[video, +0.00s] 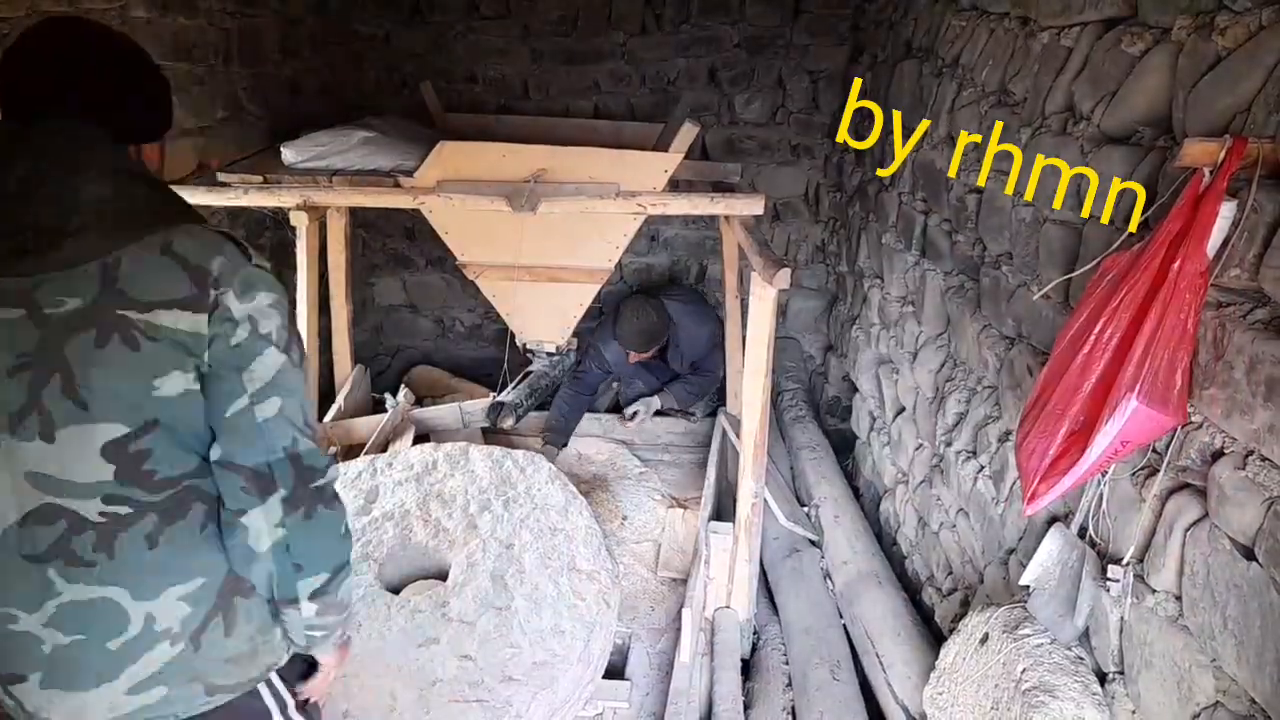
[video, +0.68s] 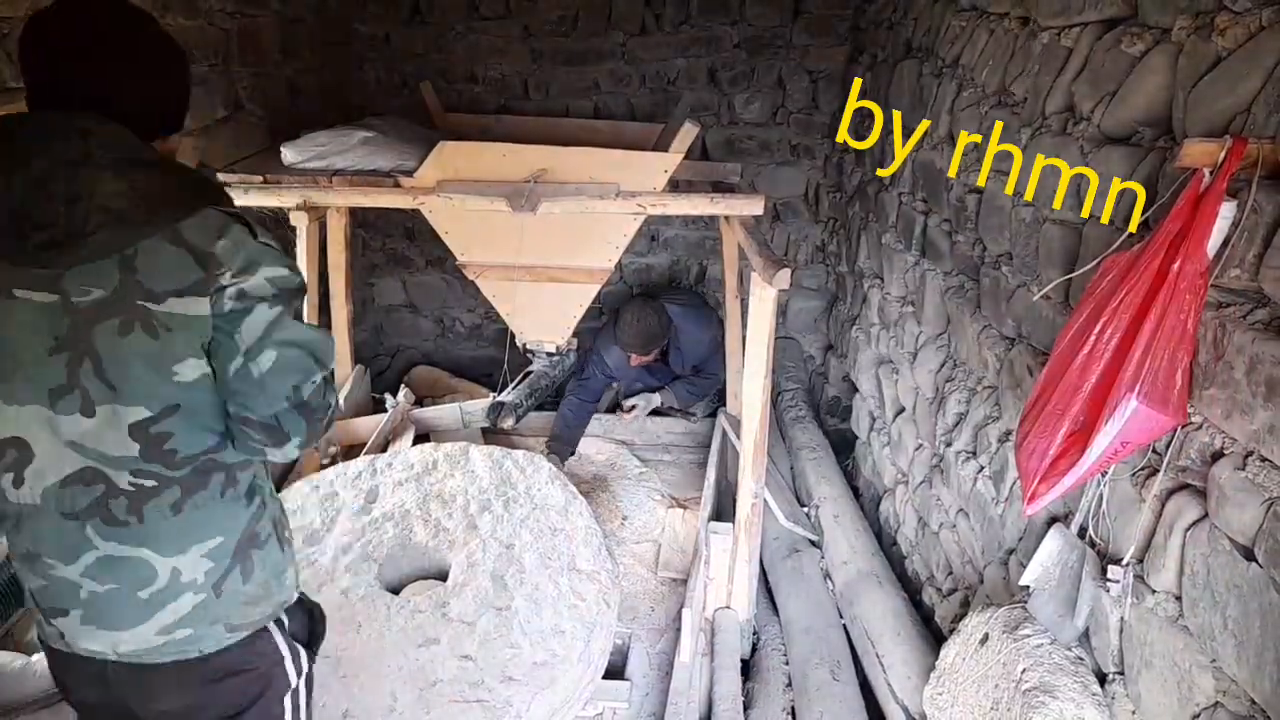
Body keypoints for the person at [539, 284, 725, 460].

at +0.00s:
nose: (631, 359)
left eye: (640, 354)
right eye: (627, 351)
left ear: (659, 344)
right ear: (619, 337)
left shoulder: (701, 336)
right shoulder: (604, 348)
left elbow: (707, 376)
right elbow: (576, 390)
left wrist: (658, 401)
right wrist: (551, 445)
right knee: (635, 395)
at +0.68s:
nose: (634, 361)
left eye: (643, 356)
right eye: (628, 353)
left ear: (662, 345)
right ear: (621, 341)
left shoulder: (702, 341)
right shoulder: (606, 354)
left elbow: (710, 378)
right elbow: (579, 400)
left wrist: (658, 399)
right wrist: (556, 455)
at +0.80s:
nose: (636, 360)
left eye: (644, 354)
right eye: (630, 352)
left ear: (662, 345)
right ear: (622, 339)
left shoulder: (703, 339)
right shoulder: (608, 352)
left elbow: (710, 379)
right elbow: (576, 394)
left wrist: (658, 398)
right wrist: (557, 443)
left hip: (687, 369)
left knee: (698, 407)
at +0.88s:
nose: (643, 352)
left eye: (653, 345)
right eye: (639, 343)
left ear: (672, 337)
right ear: (631, 331)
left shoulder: (708, 335)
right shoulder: (616, 342)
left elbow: (711, 379)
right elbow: (589, 387)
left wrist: (662, 394)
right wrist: (566, 442)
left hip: (689, 368)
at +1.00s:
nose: (643, 347)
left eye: (653, 341)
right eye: (639, 339)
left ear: (674, 333)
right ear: (632, 327)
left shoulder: (709, 333)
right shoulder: (617, 339)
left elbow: (714, 379)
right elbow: (584, 387)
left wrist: (664, 393)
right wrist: (563, 449)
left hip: (691, 368)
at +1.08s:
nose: (641, 353)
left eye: (649, 348)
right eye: (636, 346)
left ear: (667, 337)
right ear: (625, 328)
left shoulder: (703, 324)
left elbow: (714, 373)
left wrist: (662, 393)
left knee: (702, 406)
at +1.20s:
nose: (686, 302)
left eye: (690, 294)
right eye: (678, 295)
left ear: (697, 281)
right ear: (658, 285)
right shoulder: (628, 289)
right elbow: (638, 348)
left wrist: (725, 353)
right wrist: (657, 393)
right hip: (646, 349)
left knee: (697, 400)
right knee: (632, 405)